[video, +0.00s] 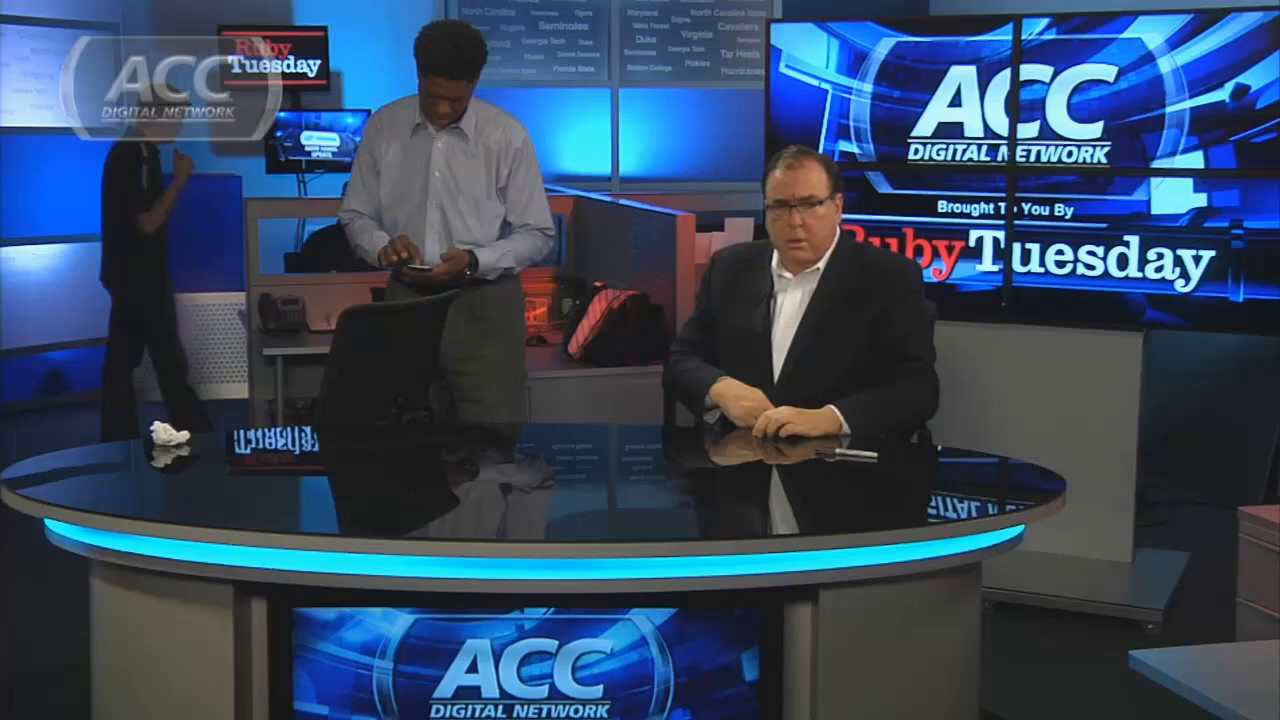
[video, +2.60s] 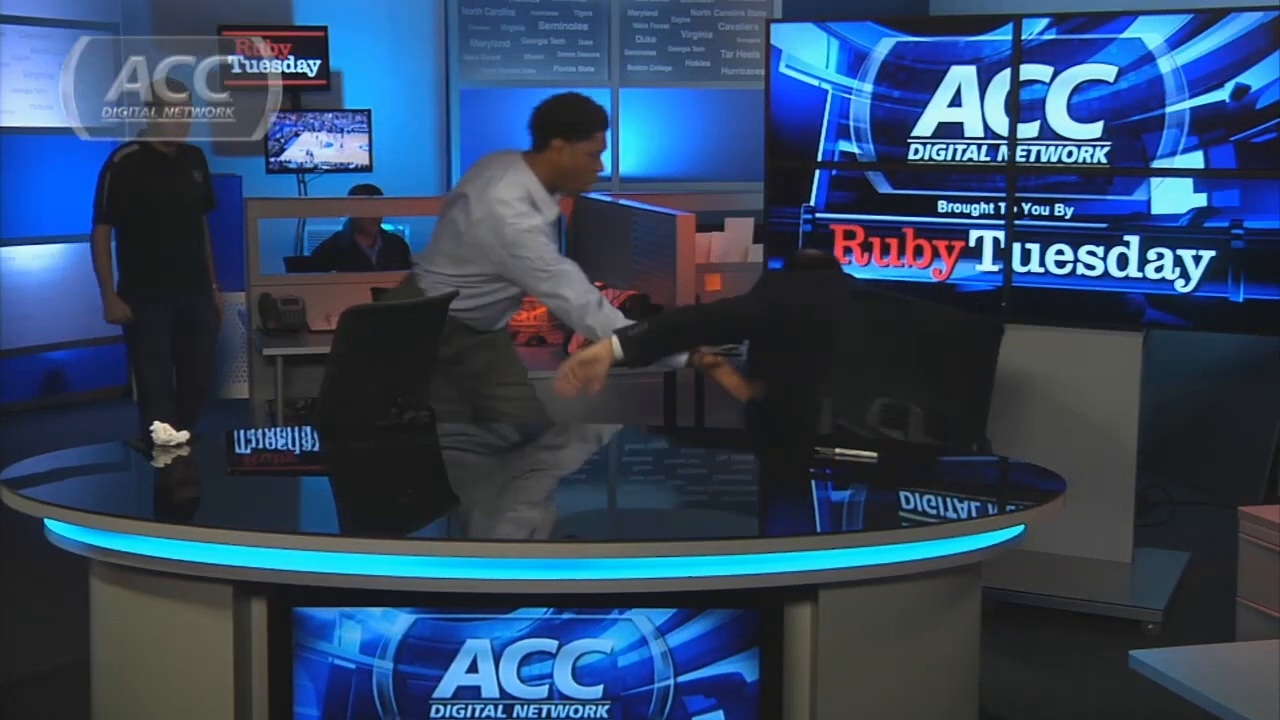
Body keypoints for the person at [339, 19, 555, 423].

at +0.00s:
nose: (443, 110)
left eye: (456, 99)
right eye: (433, 97)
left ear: (474, 83)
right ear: (419, 77)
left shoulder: (507, 136)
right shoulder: (383, 127)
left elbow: (537, 235)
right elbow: (355, 216)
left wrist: (475, 259)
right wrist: (382, 246)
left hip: (485, 313)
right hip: (407, 311)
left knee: (489, 449)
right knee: (407, 450)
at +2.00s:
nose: (442, 110)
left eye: (455, 100)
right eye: (433, 97)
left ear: (475, 83)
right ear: (420, 77)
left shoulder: (508, 138)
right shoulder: (383, 128)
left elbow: (538, 237)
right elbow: (355, 215)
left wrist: (475, 259)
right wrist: (379, 247)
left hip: (485, 314)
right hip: (406, 312)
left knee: (487, 450)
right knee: (407, 451)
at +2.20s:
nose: (478, 105)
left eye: (486, 93)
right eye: (466, 93)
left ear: (495, 85)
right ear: (435, 78)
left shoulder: (511, 141)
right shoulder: (385, 127)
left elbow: (538, 225)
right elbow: (359, 222)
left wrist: (505, 259)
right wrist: (412, 255)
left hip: (486, 311)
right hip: (409, 309)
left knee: (484, 444)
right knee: (410, 442)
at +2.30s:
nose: (502, 117)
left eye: (509, 105)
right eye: (492, 104)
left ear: (515, 100)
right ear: (455, 91)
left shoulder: (517, 150)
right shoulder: (398, 148)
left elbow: (530, 223)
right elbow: (395, 257)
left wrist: (518, 268)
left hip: (488, 320)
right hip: (410, 319)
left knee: (485, 451)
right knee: (410, 450)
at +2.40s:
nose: (527, 137)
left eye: (530, 125)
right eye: (517, 124)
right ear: (478, 117)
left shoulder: (508, 162)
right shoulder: (429, 182)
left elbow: (510, 219)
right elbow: (475, 297)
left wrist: (536, 254)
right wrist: (574, 350)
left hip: (483, 314)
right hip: (416, 322)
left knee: (492, 442)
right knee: (426, 449)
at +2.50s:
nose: (564, 160)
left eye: (565, 149)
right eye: (556, 148)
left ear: (522, 146)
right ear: (516, 143)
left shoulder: (506, 186)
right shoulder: (469, 206)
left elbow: (503, 245)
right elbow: (550, 317)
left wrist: (541, 264)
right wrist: (647, 360)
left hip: (475, 337)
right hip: (411, 343)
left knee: (508, 449)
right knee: (412, 462)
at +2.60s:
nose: (600, 168)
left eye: (601, 156)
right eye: (594, 156)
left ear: (556, 149)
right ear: (558, 149)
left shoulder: (504, 167)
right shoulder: (510, 213)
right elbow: (581, 306)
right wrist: (681, 355)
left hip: (478, 331)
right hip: (428, 331)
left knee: (522, 428)